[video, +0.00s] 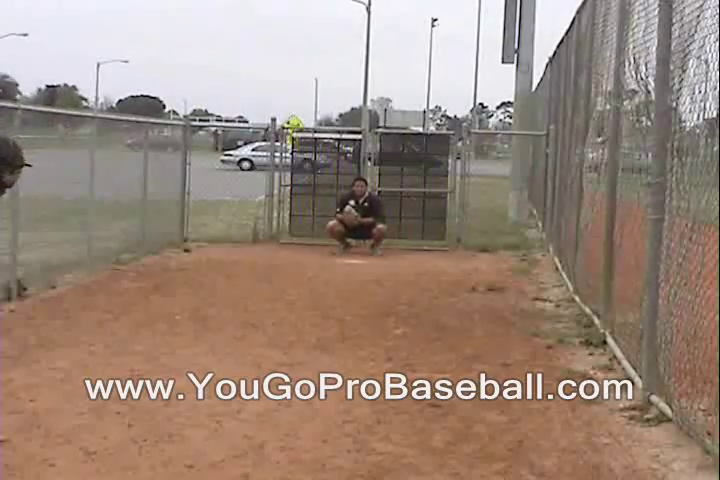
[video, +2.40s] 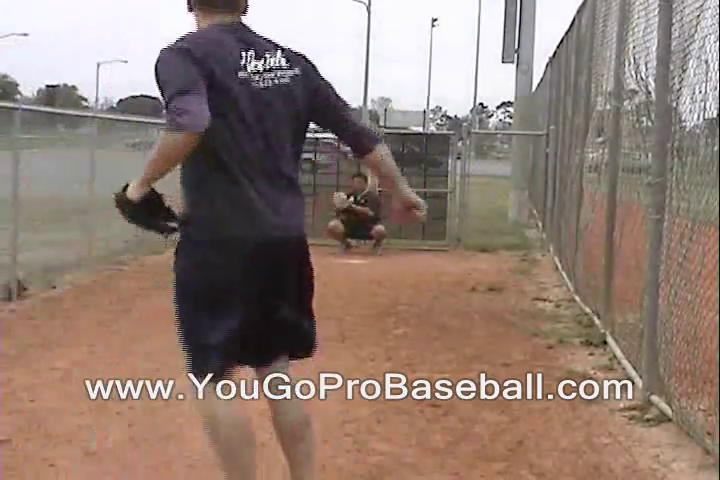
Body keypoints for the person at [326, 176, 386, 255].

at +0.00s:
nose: (359, 189)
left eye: (362, 186)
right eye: (357, 186)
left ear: (366, 188)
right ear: (353, 188)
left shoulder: (373, 199)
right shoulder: (346, 197)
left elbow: (379, 218)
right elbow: (338, 214)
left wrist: (360, 220)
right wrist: (345, 219)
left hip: (366, 227)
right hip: (349, 226)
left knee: (381, 229)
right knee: (332, 226)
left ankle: (374, 246)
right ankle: (345, 244)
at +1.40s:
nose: (361, 186)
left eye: (364, 183)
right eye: (359, 183)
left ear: (368, 185)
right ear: (354, 185)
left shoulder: (374, 198)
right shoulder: (346, 197)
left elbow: (378, 219)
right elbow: (337, 214)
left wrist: (360, 210)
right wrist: (347, 209)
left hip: (365, 226)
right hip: (349, 225)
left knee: (376, 231)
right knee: (332, 225)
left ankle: (376, 244)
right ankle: (346, 244)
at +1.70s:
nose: (360, 187)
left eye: (362, 184)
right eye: (358, 184)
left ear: (366, 186)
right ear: (353, 186)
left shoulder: (373, 198)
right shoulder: (346, 198)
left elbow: (377, 215)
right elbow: (338, 214)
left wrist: (364, 203)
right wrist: (349, 209)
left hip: (367, 227)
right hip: (350, 226)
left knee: (379, 229)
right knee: (333, 225)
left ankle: (376, 245)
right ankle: (346, 245)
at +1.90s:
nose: (357, 187)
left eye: (360, 185)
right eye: (355, 185)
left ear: (364, 187)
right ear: (351, 186)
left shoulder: (371, 197)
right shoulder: (346, 197)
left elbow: (371, 205)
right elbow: (338, 213)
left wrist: (357, 203)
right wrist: (350, 211)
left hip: (367, 227)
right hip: (350, 227)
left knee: (379, 229)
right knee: (334, 225)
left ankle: (377, 245)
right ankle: (346, 244)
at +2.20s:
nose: (356, 188)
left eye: (359, 185)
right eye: (354, 185)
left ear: (364, 186)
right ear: (351, 187)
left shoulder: (371, 198)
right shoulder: (347, 199)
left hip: (367, 229)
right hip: (350, 227)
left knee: (378, 230)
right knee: (332, 225)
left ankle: (377, 244)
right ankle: (346, 244)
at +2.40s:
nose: (357, 185)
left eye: (360, 182)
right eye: (355, 182)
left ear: (365, 184)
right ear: (352, 183)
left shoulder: (372, 196)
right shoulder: (349, 196)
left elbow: (371, 212)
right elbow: (338, 214)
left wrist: (351, 207)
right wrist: (340, 206)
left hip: (366, 225)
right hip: (350, 224)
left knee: (380, 230)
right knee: (332, 227)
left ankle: (377, 245)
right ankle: (346, 244)